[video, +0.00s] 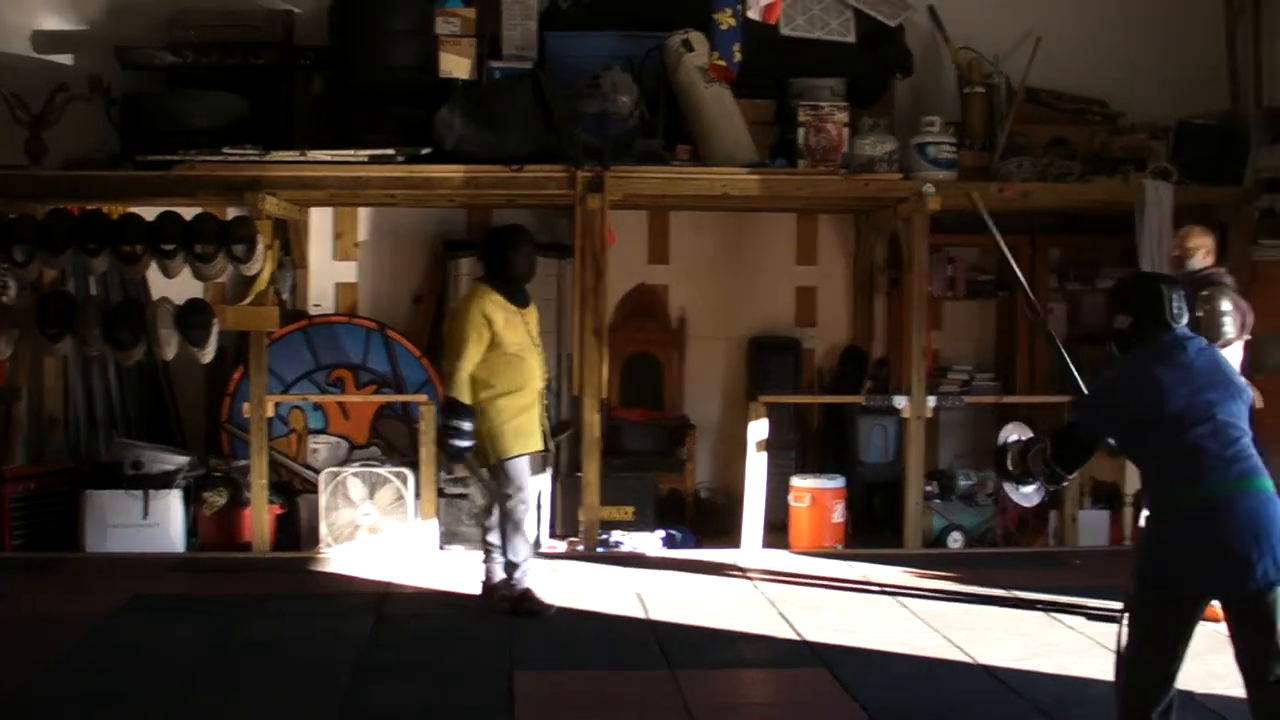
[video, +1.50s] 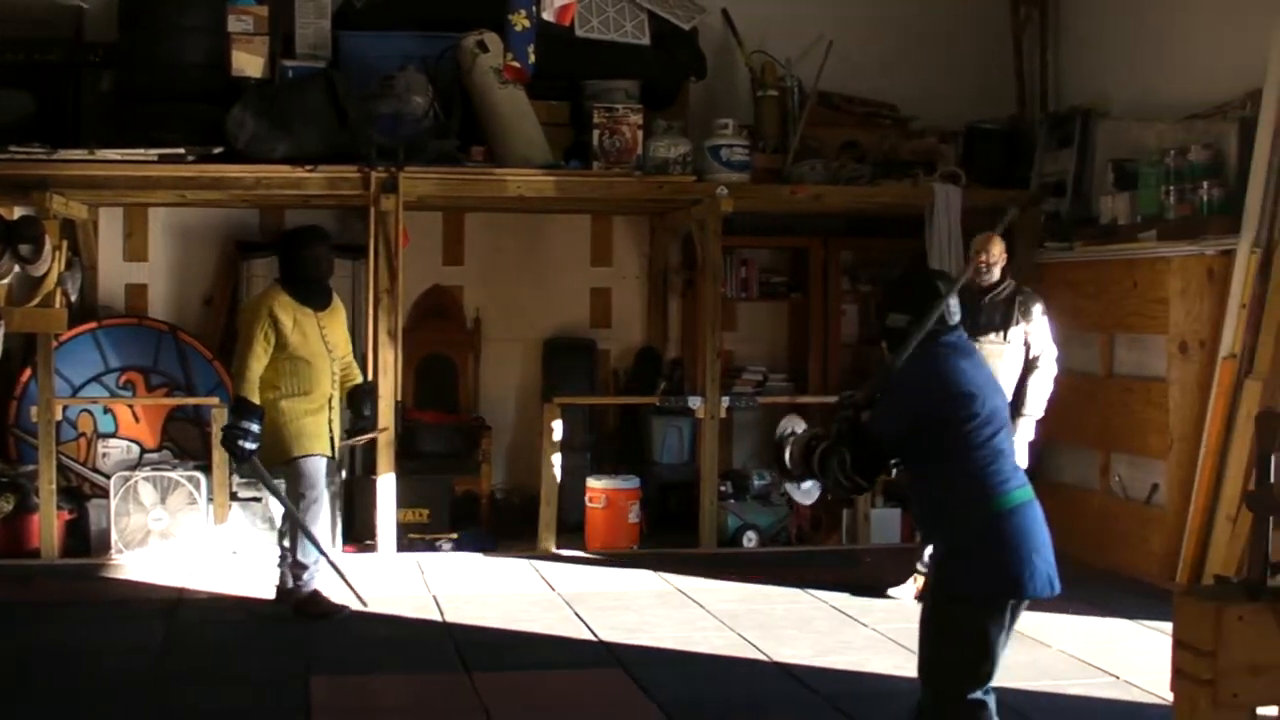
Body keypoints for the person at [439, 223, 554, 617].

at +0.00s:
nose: (532, 265)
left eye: (533, 256)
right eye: (524, 256)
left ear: (529, 260)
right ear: (501, 259)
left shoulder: (524, 304)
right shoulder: (478, 305)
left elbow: (529, 366)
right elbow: (460, 366)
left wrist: (540, 419)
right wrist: (458, 423)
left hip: (526, 417)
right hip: (499, 419)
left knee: (508, 498)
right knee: (519, 495)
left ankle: (496, 579)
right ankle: (515, 582)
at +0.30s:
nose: (487, 264)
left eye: (487, 256)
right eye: (479, 256)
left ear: (483, 259)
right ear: (456, 260)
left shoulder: (482, 302)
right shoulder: (432, 304)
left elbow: (485, 365)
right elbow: (414, 365)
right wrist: (402, 419)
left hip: (485, 419)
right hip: (455, 422)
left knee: (475, 501)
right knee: (463, 501)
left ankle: (457, 578)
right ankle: (462, 583)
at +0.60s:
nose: (441, 263)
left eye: (443, 255)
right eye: (432, 255)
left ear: (444, 259)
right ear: (410, 259)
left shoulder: (445, 304)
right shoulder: (388, 304)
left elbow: (448, 355)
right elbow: (371, 365)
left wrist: (461, 395)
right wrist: (371, 421)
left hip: (442, 418)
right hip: (411, 423)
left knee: (431, 499)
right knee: (420, 500)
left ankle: (418, 578)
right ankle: (418, 583)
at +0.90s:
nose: (396, 264)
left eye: (397, 255)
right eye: (388, 256)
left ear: (397, 258)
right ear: (366, 259)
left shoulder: (400, 304)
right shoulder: (341, 305)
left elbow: (407, 355)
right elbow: (327, 367)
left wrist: (426, 392)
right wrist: (336, 422)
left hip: (395, 423)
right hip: (366, 426)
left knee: (381, 503)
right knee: (373, 505)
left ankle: (369, 579)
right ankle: (373, 585)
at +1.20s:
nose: (361, 265)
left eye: (362, 256)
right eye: (353, 257)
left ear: (360, 259)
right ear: (330, 260)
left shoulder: (363, 304)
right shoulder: (303, 305)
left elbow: (374, 357)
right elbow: (288, 367)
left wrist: (391, 396)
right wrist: (292, 422)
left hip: (356, 422)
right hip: (325, 426)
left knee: (341, 503)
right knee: (336, 503)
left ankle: (329, 582)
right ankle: (333, 587)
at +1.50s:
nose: (327, 266)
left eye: (328, 257)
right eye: (318, 258)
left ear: (331, 262)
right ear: (295, 262)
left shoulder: (333, 306)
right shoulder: (270, 306)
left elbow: (345, 360)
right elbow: (249, 365)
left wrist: (361, 394)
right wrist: (246, 418)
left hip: (325, 419)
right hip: (292, 419)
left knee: (307, 499)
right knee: (313, 495)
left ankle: (291, 582)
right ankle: (304, 585)